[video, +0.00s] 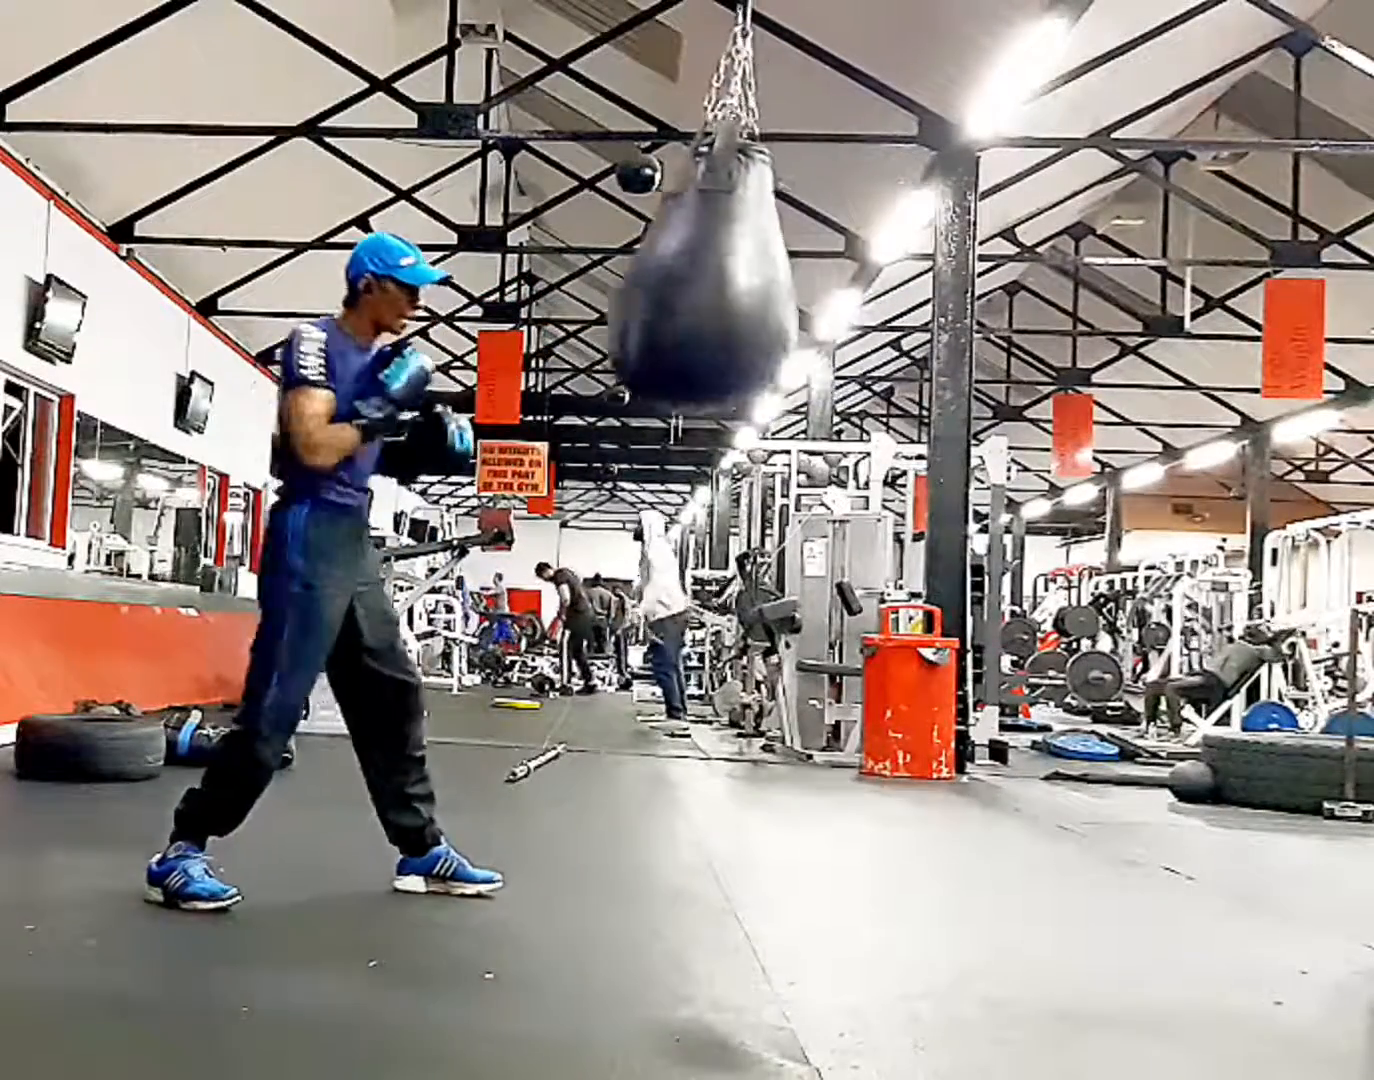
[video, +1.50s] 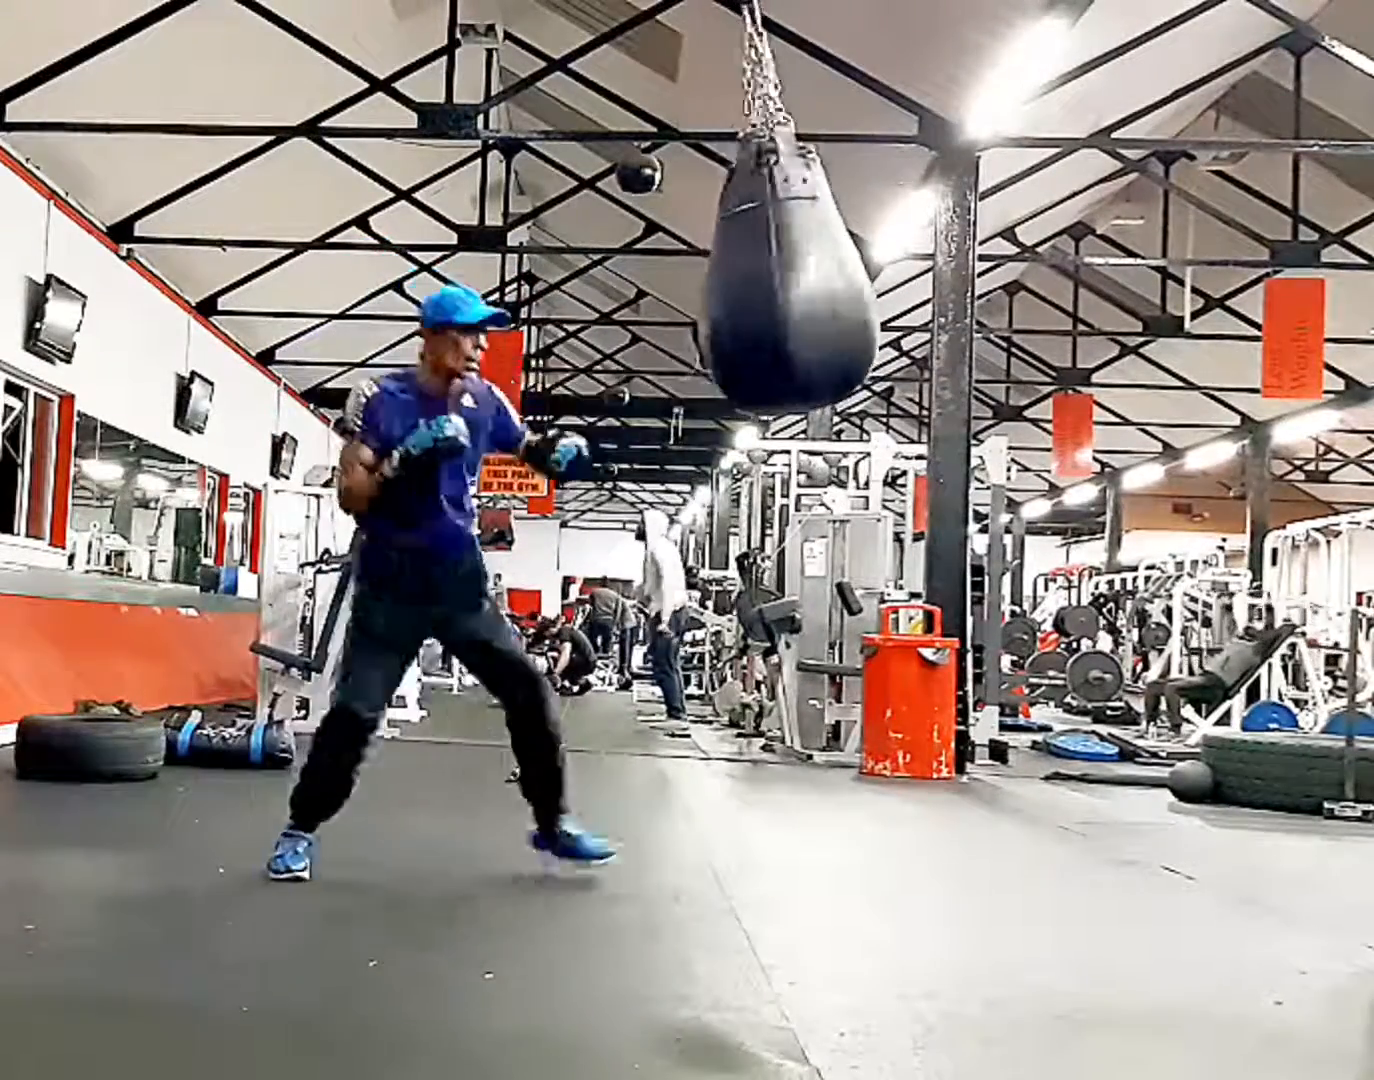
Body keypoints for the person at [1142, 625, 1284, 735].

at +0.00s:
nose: (1248, 634)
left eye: (1253, 632)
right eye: (1248, 630)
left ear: (1259, 637)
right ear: (1246, 633)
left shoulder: (1259, 651)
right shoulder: (1235, 645)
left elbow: (1279, 656)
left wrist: (1274, 642)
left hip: (1218, 682)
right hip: (1204, 674)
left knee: (1172, 688)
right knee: (1152, 688)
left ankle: (1175, 731)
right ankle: (1147, 727)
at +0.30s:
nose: (1252, 629)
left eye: (1258, 628)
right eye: (1252, 627)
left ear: (1260, 636)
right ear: (1248, 631)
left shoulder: (1258, 651)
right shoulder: (1234, 643)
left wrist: (1270, 617)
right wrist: (1226, 618)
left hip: (1218, 684)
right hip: (1203, 677)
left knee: (1172, 688)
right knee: (1152, 687)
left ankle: (1175, 731)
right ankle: (1147, 728)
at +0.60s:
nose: (1249, 630)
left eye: (1253, 629)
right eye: (1247, 628)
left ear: (1258, 635)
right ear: (1244, 632)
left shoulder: (1257, 651)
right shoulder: (1235, 643)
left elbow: (1269, 631)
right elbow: (1231, 625)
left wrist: (1270, 610)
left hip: (1218, 684)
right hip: (1203, 677)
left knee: (1172, 688)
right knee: (1152, 687)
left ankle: (1175, 731)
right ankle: (1148, 727)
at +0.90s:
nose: (1256, 634)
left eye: (1258, 633)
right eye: (1256, 632)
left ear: (1258, 638)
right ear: (1251, 635)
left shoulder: (1260, 650)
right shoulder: (1235, 644)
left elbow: (1279, 659)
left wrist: (1276, 642)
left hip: (1217, 682)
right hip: (1201, 674)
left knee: (1172, 688)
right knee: (1152, 687)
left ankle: (1175, 731)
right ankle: (1148, 727)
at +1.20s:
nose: (1255, 630)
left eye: (1259, 629)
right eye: (1254, 627)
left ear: (1262, 636)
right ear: (1249, 631)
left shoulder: (1257, 650)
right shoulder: (1237, 644)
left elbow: (1277, 650)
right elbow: (1218, 651)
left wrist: (1275, 636)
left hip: (1216, 682)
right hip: (1201, 674)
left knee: (1171, 687)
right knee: (1151, 687)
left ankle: (1175, 731)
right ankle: (1147, 728)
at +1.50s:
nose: (1248, 631)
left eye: (1253, 630)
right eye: (1248, 630)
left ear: (1258, 637)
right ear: (1246, 632)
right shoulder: (1234, 642)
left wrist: (1266, 637)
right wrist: (1225, 608)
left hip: (1217, 682)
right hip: (1203, 676)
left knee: (1172, 688)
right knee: (1153, 687)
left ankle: (1175, 731)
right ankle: (1147, 728)